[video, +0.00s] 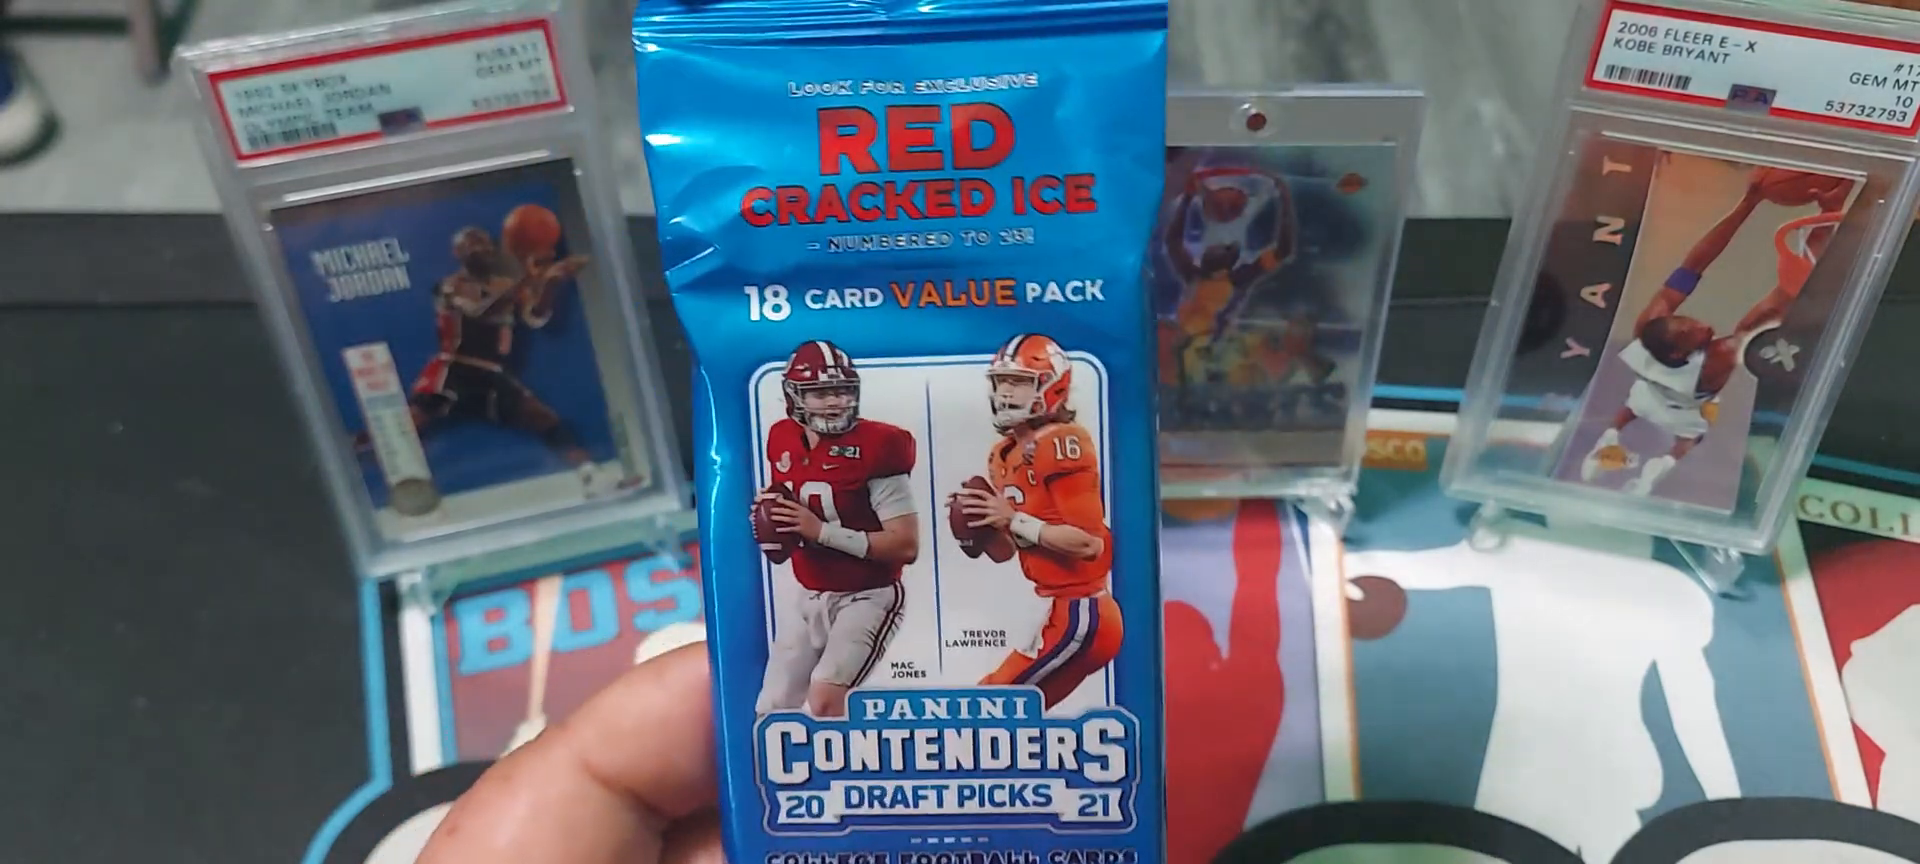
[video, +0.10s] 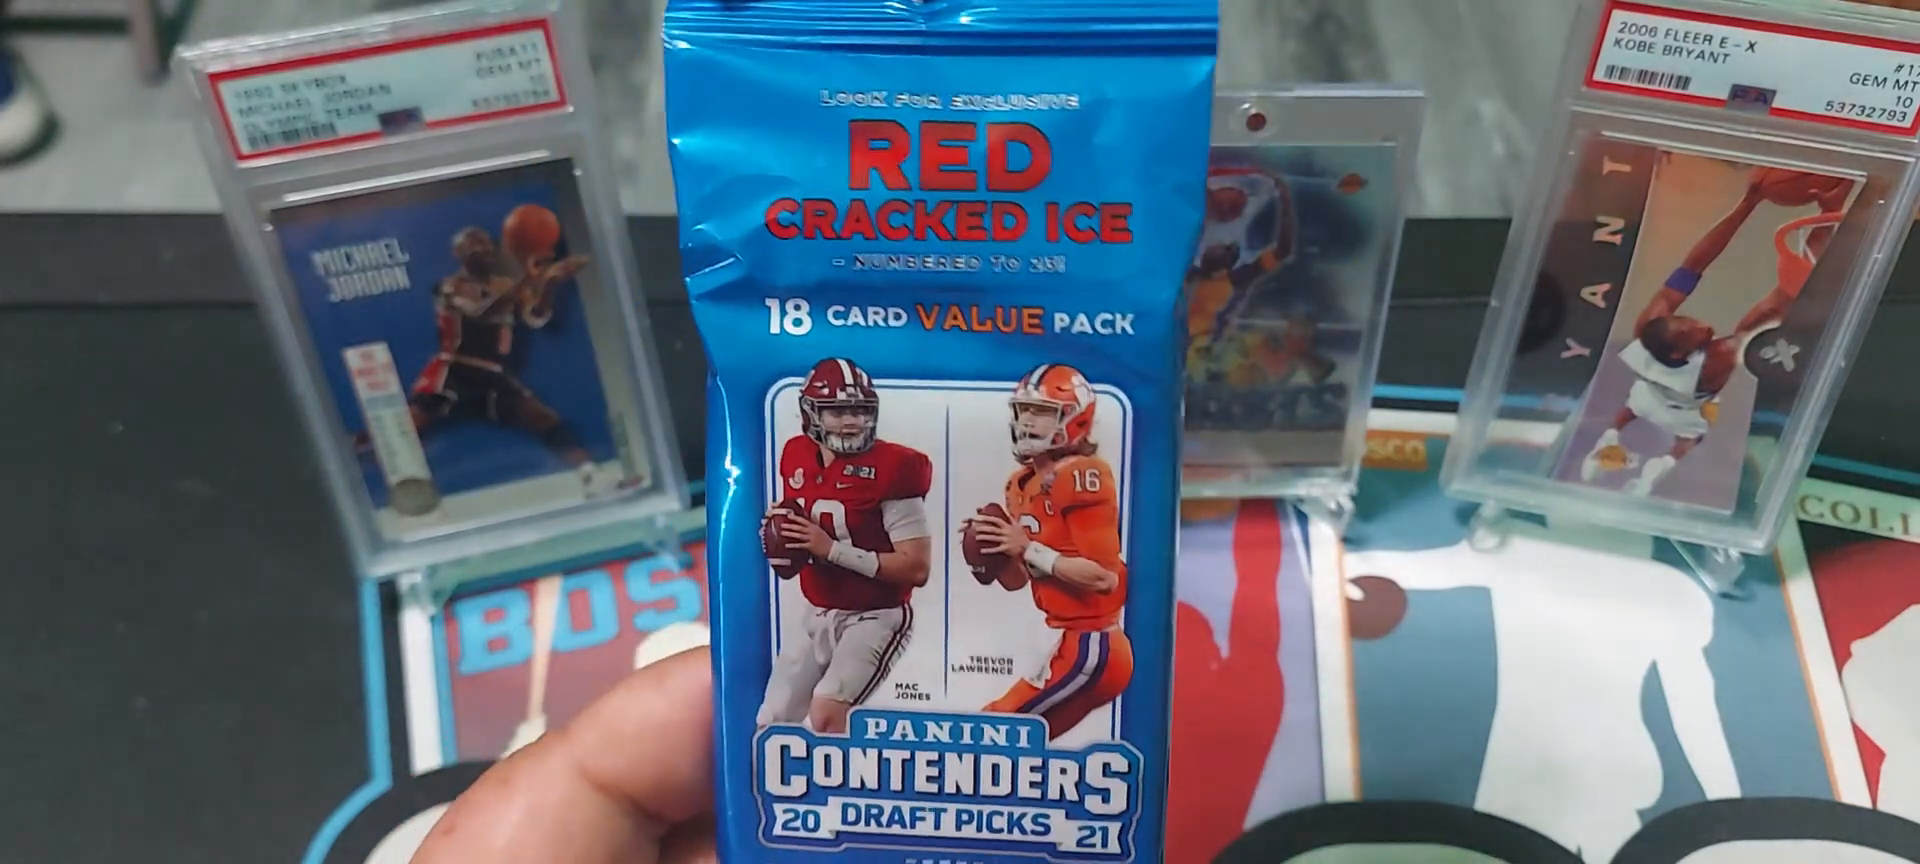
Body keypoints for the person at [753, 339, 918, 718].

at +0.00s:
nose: (833, 403)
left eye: (842, 392)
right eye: (821, 394)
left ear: (854, 394)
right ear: (796, 397)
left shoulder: (879, 446)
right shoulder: (783, 438)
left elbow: (906, 545)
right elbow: (784, 503)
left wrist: (820, 531)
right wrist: (767, 514)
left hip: (869, 598)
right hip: (807, 598)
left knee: (824, 699)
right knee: (772, 709)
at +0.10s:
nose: (850, 421)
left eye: (859, 411)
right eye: (838, 411)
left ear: (871, 413)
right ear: (813, 413)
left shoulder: (896, 467)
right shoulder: (797, 455)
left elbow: (917, 569)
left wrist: (830, 549)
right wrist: (778, 529)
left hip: (877, 618)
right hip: (815, 617)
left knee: (825, 715)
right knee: (772, 722)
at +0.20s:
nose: (853, 433)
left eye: (862, 423)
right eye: (841, 423)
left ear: (876, 426)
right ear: (816, 426)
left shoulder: (898, 479)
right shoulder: (800, 466)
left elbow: (918, 580)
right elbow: (791, 571)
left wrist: (831, 559)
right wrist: (779, 540)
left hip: (878, 629)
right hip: (817, 626)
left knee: (825, 723)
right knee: (771, 729)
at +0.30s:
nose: (829, 433)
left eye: (838, 423)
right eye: (817, 423)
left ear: (851, 425)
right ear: (793, 424)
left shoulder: (875, 476)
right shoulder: (778, 466)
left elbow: (897, 576)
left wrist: (812, 557)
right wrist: (759, 539)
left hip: (858, 625)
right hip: (798, 623)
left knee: (808, 721)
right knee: (755, 726)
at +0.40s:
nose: (822, 456)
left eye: (831, 446)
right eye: (810, 446)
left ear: (844, 448)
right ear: (785, 448)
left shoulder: (869, 501)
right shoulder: (769, 488)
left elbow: (888, 598)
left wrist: (800, 577)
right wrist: (749, 564)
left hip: (850, 645)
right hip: (790, 642)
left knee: (799, 737)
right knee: (747, 742)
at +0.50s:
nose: (797, 488)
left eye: (805, 478)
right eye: (784, 478)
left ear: (818, 480)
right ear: (759, 482)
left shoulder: (847, 532)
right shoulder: (745, 521)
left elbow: (872, 624)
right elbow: (745, 621)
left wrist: (784, 606)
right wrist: (728, 595)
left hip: (836, 669)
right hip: (775, 667)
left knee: (789, 755)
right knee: (736, 763)